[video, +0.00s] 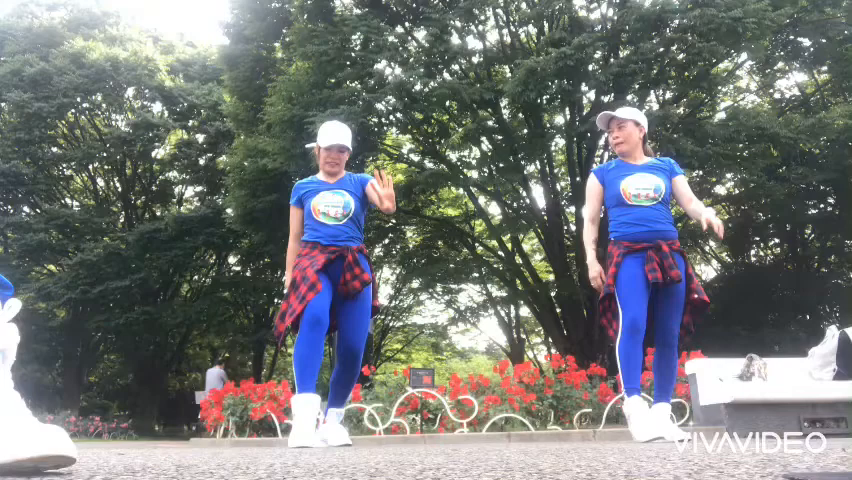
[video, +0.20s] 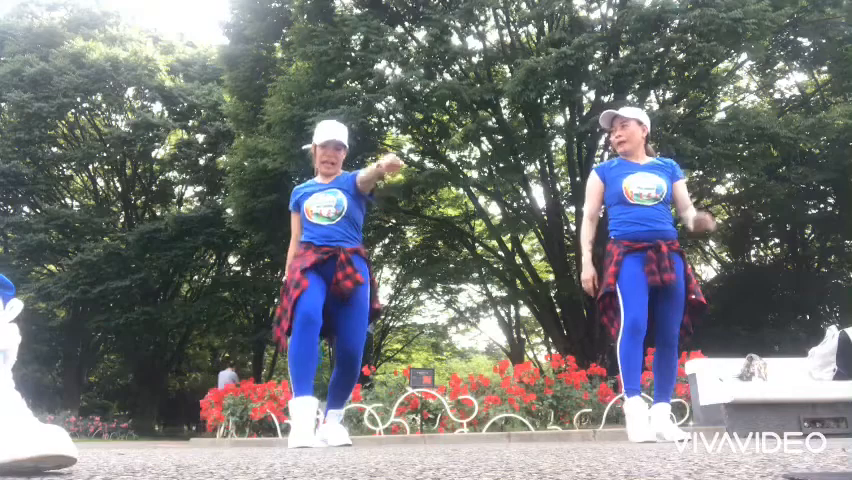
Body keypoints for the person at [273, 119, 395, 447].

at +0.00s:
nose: (333, 156)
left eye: (340, 150)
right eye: (328, 149)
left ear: (348, 154)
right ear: (317, 151)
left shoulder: (361, 182)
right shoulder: (303, 188)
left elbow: (385, 204)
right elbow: (294, 239)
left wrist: (387, 199)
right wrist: (290, 280)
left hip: (354, 264)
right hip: (314, 263)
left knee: (354, 345)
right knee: (315, 319)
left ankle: (333, 420)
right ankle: (303, 415)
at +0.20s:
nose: (330, 154)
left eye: (337, 148)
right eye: (324, 146)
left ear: (346, 154)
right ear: (312, 150)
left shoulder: (353, 181)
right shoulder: (300, 192)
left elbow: (367, 178)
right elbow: (295, 240)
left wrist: (381, 168)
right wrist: (290, 277)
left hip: (351, 264)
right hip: (310, 264)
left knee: (352, 347)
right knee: (307, 315)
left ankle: (332, 421)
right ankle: (301, 412)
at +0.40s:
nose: (332, 138)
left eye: (338, 132)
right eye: (325, 132)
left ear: (346, 136)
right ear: (314, 136)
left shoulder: (357, 166)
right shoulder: (301, 173)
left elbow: (373, 168)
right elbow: (291, 222)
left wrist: (388, 162)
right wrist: (280, 262)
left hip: (351, 255)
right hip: (310, 255)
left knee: (347, 336)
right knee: (311, 324)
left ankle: (332, 419)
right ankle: (302, 414)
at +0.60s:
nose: (331, 123)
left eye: (337, 117)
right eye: (324, 117)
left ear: (345, 121)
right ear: (313, 121)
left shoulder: (358, 151)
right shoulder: (300, 153)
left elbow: (386, 168)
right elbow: (274, 189)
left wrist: (407, 181)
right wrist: (262, 216)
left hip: (347, 246)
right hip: (308, 245)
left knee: (340, 328)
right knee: (304, 322)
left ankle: (337, 414)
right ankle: (299, 409)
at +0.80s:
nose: (325, 138)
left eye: (331, 132)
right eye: (319, 131)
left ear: (339, 135)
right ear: (307, 133)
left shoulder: (353, 170)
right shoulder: (294, 159)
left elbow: (376, 212)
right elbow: (258, 161)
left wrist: (393, 254)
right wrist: (252, 157)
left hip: (338, 253)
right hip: (298, 254)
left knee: (346, 316)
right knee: (298, 332)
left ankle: (341, 402)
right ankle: (296, 414)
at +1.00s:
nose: (327, 144)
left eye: (333, 138)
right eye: (321, 137)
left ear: (340, 143)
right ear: (308, 140)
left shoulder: (352, 180)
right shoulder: (296, 171)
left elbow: (357, 228)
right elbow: (284, 181)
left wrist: (355, 268)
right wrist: (288, 151)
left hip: (340, 253)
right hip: (299, 253)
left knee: (342, 310)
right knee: (293, 333)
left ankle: (353, 402)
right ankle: (295, 417)